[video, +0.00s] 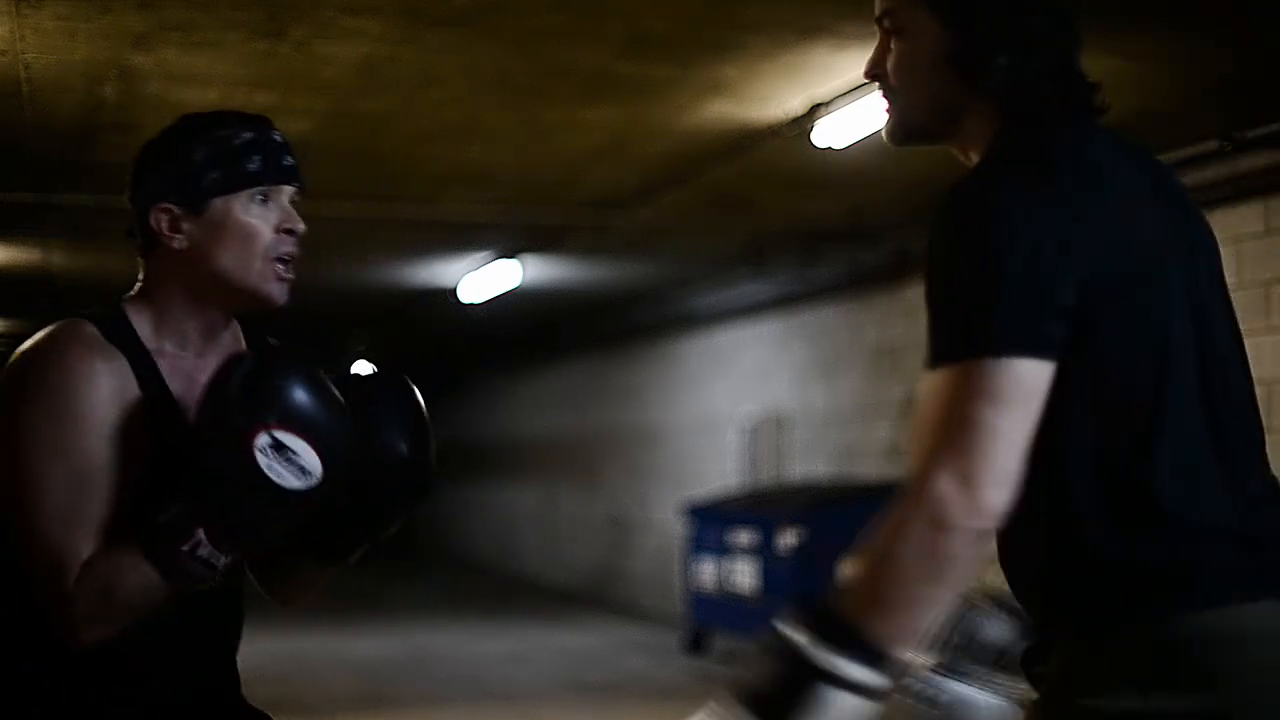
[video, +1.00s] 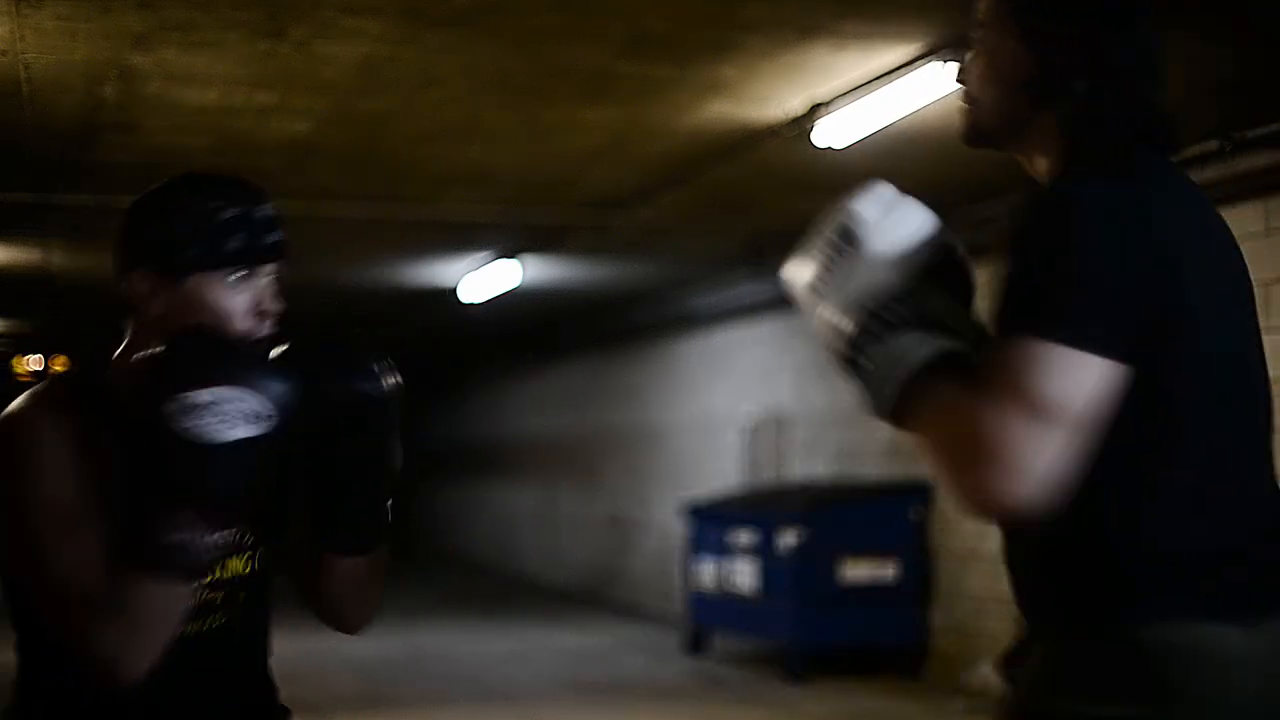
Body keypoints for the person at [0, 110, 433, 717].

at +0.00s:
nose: (294, 224)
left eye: (291, 204)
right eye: (262, 200)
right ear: (174, 226)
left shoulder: (252, 364)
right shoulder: (72, 371)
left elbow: (287, 583)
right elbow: (70, 611)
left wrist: (362, 491)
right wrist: (215, 521)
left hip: (206, 696)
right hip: (80, 712)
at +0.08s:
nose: (287, 217)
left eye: (285, 196)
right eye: (253, 193)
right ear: (167, 222)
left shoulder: (247, 358)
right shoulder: (71, 363)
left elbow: (300, 579)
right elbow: (84, 604)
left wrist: (360, 483)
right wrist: (217, 500)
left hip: (206, 695)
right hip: (79, 711)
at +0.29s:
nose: (347, 222)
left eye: (349, 203)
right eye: (313, 198)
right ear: (228, 228)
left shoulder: (314, 372)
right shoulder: (133, 362)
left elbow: (389, 595)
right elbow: (165, 597)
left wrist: (420, 441)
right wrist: (273, 466)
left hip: (257, 699)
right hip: (119, 706)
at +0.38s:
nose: (390, 228)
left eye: (388, 208)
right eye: (358, 204)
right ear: (270, 227)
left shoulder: (324, 368)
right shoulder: (167, 362)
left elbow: (409, 594)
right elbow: (220, 595)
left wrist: (452, 451)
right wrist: (325, 465)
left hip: (269, 695)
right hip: (136, 701)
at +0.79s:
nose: (337, 289)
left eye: (332, 263)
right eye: (310, 262)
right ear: (219, 275)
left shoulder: (243, 401)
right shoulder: (115, 404)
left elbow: (320, 613)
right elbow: (206, 630)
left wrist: (378, 463)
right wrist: (291, 475)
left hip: (200, 706)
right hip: (96, 712)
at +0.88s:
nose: (327, 304)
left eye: (323, 278)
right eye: (300, 276)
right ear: (210, 287)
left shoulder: (236, 411)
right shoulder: (96, 418)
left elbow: (315, 619)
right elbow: (191, 639)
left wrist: (373, 475)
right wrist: (279, 486)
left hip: (203, 709)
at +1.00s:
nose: (271, 305)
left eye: (272, 276)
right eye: (240, 278)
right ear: (152, 289)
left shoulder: (259, 412)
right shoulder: (47, 426)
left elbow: (347, 611)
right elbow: (114, 654)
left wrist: (359, 449)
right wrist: (200, 483)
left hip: (239, 707)